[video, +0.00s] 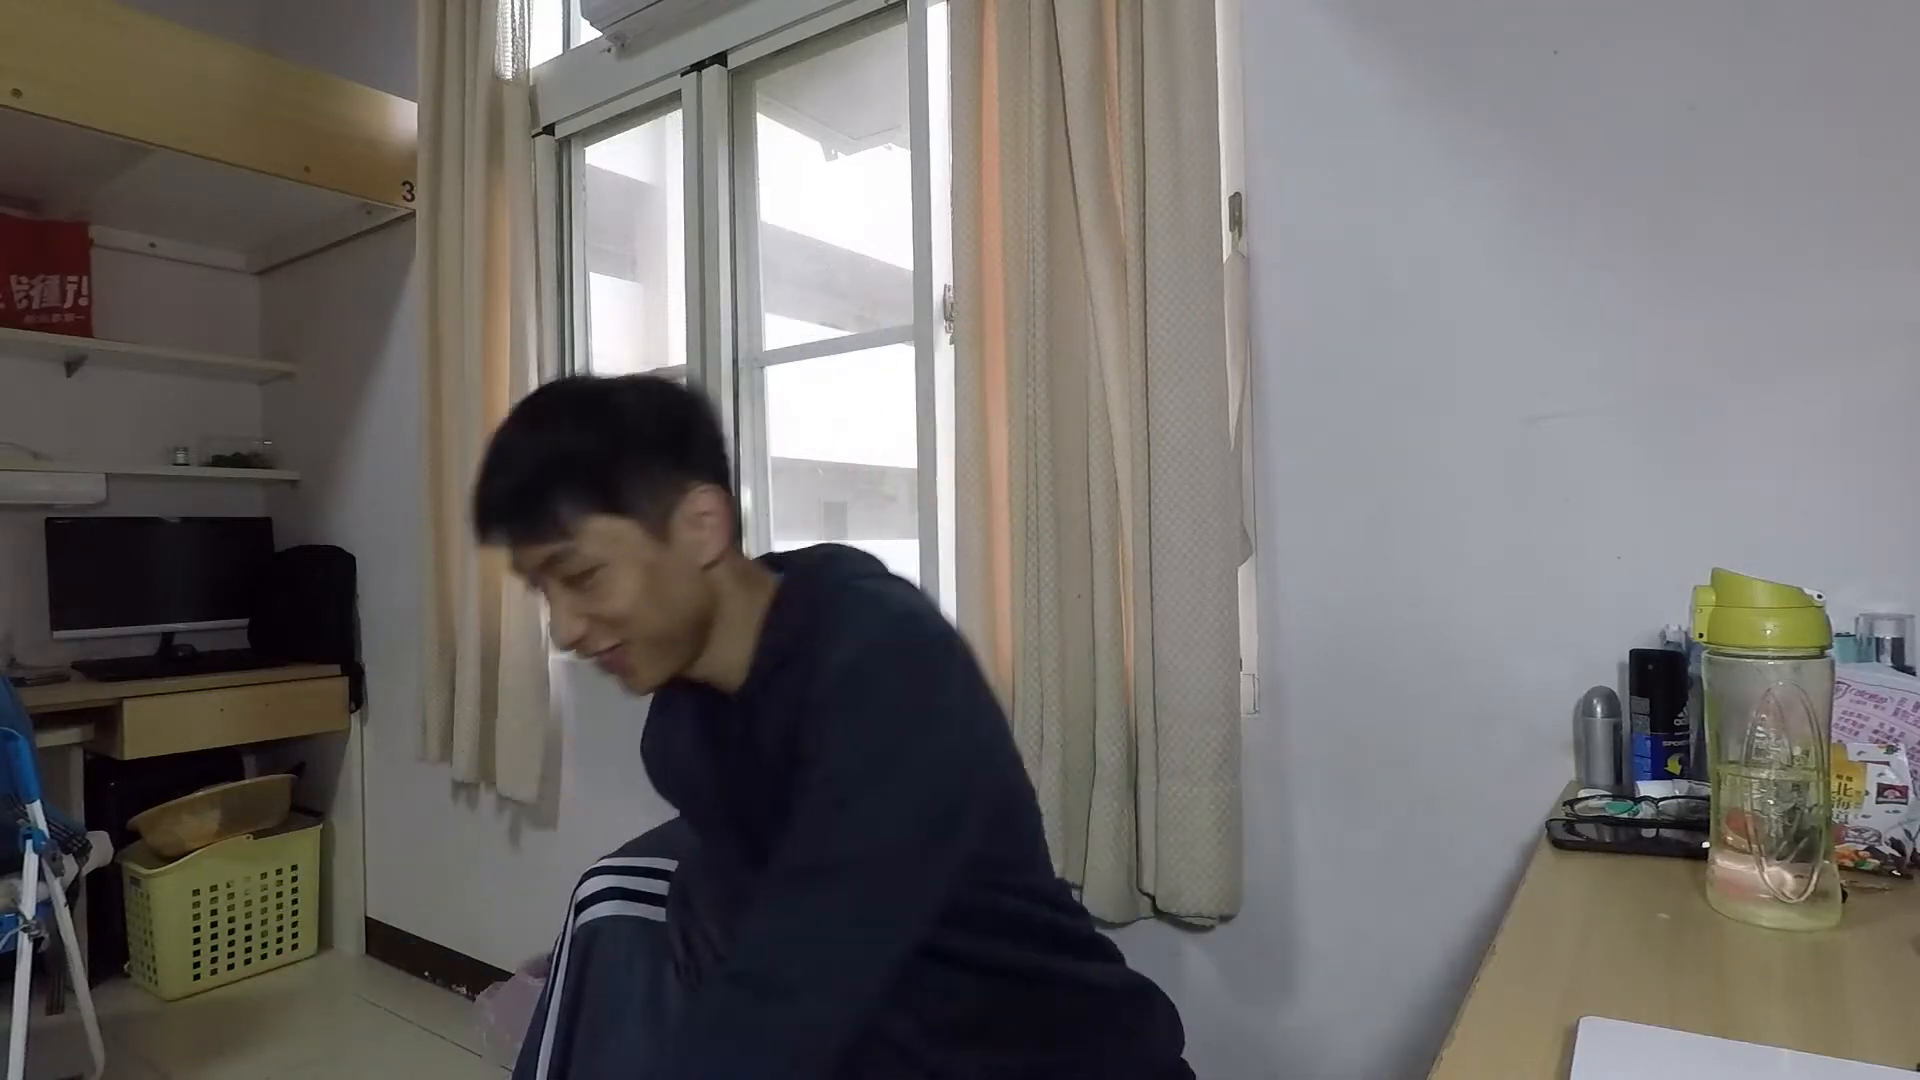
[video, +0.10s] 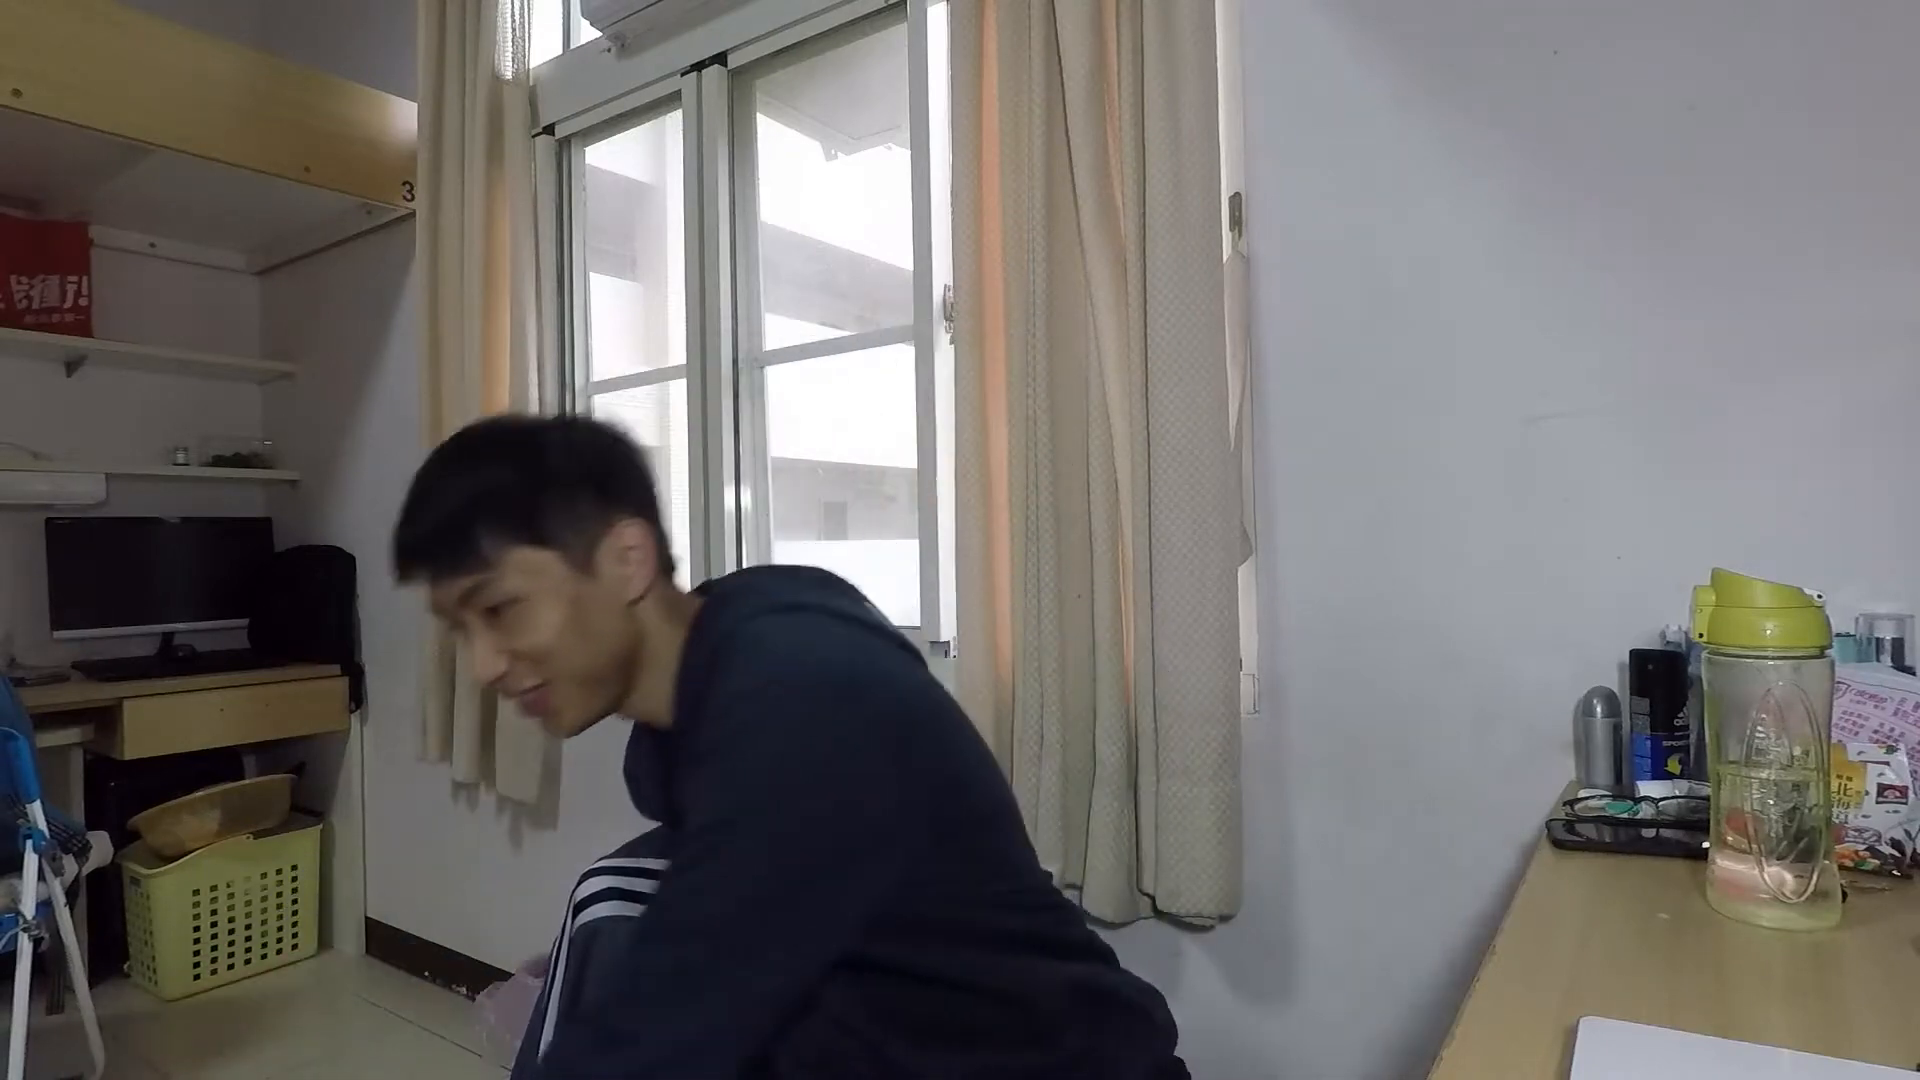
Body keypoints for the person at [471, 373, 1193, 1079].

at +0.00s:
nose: (564, 630)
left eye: (581, 576)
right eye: (541, 592)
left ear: (704, 526)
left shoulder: (882, 656)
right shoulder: (681, 732)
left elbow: (791, 1003)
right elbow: (741, 958)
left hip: (1060, 1045)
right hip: (890, 1039)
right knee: (617, 895)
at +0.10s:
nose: (485, 668)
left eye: (501, 612)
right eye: (462, 633)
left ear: (629, 563)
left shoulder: (795, 683)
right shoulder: (675, 729)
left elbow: (668, 1026)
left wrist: (575, 989)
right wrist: (570, 981)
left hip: (1061, 1050)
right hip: (931, 1045)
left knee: (620, 898)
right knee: (623, 886)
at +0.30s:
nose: (380, 758)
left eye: (398, 690)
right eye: (347, 724)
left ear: (540, 630)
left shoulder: (658, 812)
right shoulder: (694, 688)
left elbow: (564, 1063)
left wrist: (536, 1012)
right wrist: (565, 995)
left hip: (1036, 1054)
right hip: (1079, 1016)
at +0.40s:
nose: (389, 774)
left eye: (412, 699)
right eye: (344, 740)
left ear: (541, 639)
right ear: (327, 753)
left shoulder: (681, 801)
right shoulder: (669, 704)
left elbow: (565, 1064)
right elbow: (594, 925)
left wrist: (536, 1012)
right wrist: (556, 991)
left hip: (1048, 1053)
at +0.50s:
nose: (415, 767)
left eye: (446, 690)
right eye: (366, 726)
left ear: (566, 634)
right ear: (344, 736)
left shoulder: (707, 789)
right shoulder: (673, 701)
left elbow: (581, 1061)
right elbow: (597, 927)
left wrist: (535, 1022)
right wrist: (551, 1005)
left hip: (1054, 1052)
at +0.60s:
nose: (461, 732)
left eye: (497, 655)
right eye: (406, 689)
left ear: (607, 615)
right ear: (380, 709)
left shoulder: (748, 772)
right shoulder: (649, 722)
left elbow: (673, 1061)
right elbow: (631, 916)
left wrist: (526, 1035)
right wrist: (555, 1011)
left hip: (1059, 1052)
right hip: (924, 1039)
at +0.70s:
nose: (521, 681)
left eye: (564, 608)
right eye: (468, 631)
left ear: (663, 590)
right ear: (437, 648)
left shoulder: (801, 735)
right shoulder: (639, 714)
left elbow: (729, 1050)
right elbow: (680, 883)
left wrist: (540, 1052)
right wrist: (539, 996)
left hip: (1059, 1051)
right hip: (899, 1035)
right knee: (616, 885)